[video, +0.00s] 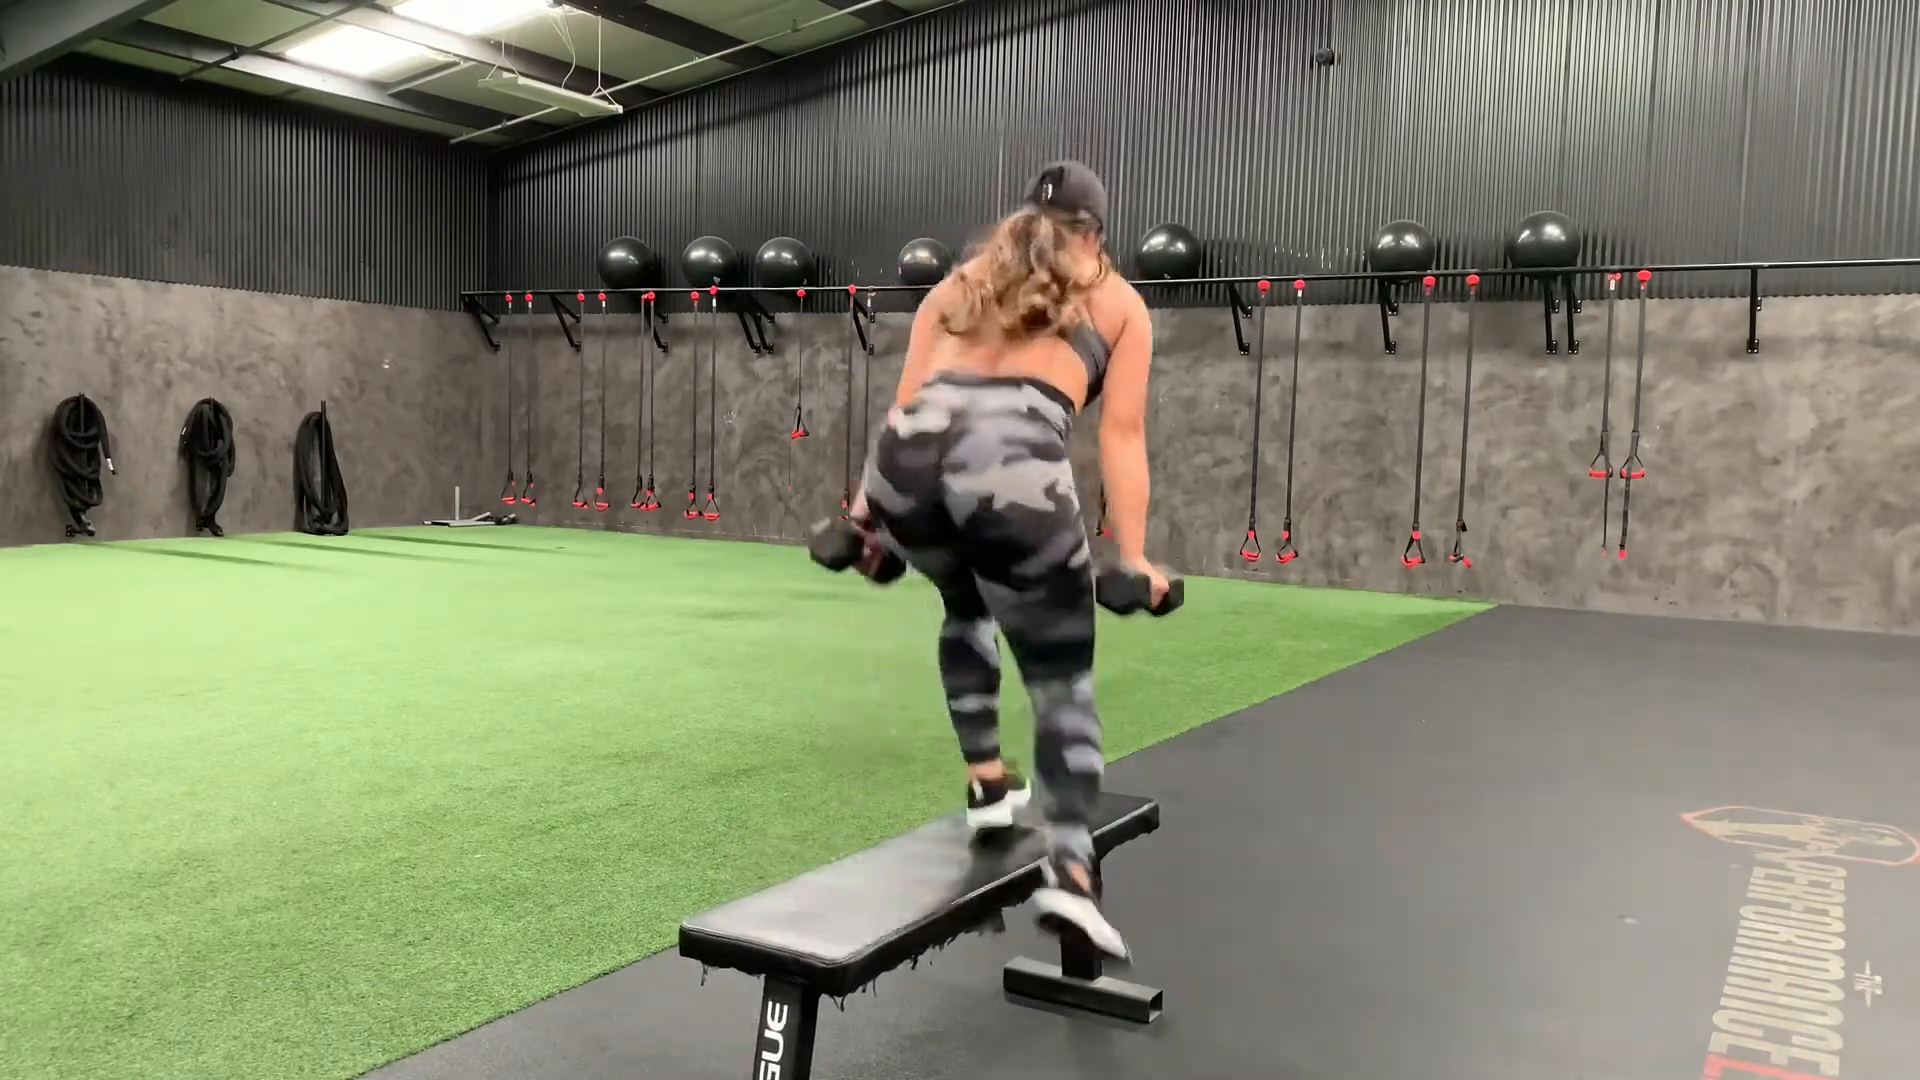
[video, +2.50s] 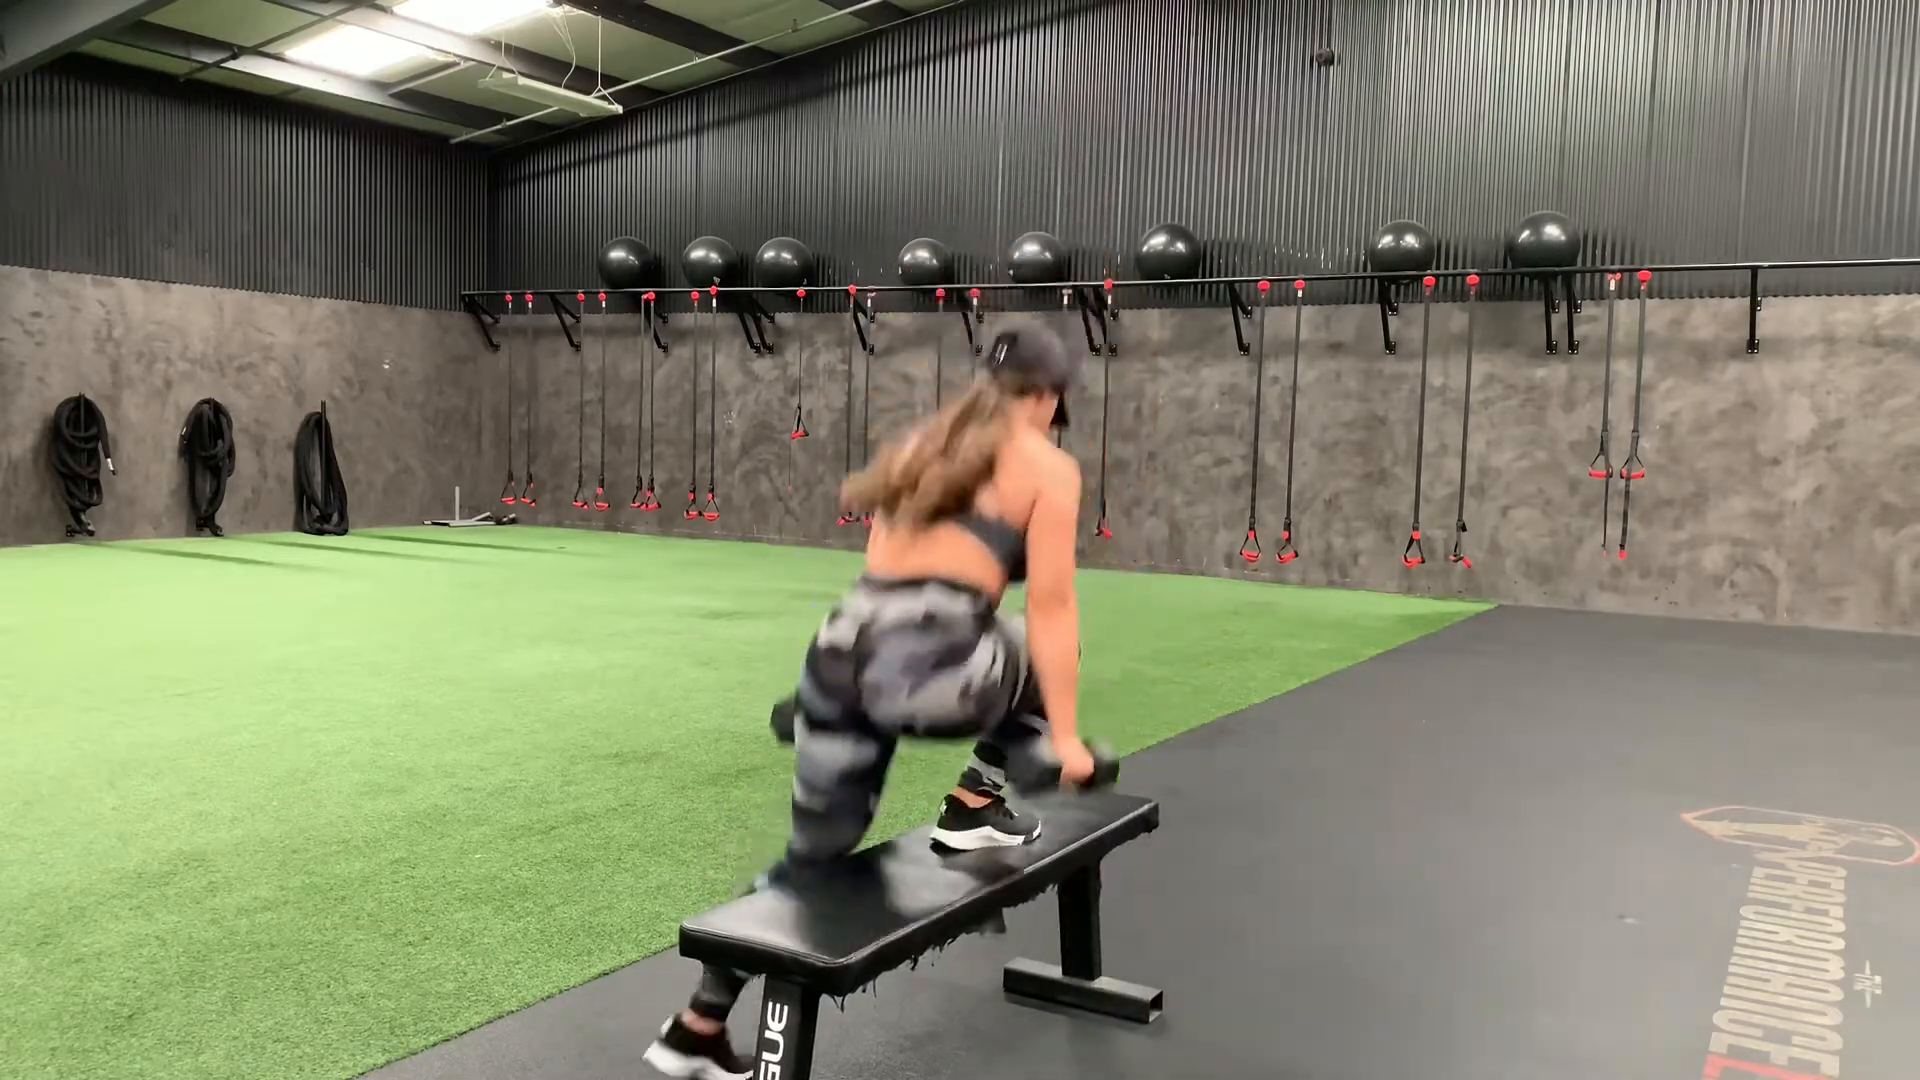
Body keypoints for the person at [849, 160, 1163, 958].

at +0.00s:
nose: (1097, 243)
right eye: (1098, 230)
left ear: (1021, 223)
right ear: (1098, 231)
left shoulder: (953, 288)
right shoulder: (1120, 303)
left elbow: (906, 407)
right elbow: (1121, 433)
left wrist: (866, 509)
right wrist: (1128, 560)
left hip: (909, 470)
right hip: (1016, 470)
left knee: (966, 608)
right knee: (1060, 681)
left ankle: (988, 783)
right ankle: (1070, 870)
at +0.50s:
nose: (1062, 263)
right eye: (1065, 252)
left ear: (993, 243)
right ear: (1062, 250)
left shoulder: (944, 312)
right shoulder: (1085, 320)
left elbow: (905, 435)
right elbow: (1104, 448)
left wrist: (898, 568)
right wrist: (1129, 572)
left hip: (907, 505)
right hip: (1003, 505)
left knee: (971, 618)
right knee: (1062, 711)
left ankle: (987, 788)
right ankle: (1069, 911)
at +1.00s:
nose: (1012, 443)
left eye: (1013, 429)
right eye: (1012, 428)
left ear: (945, 417)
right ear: (995, 424)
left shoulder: (891, 476)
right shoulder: (991, 501)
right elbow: (994, 641)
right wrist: (1011, 771)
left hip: (794, 702)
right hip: (877, 708)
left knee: (786, 890)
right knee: (1028, 633)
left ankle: (649, 1037)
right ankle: (971, 812)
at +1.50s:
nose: (1104, 245)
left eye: (1097, 233)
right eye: (1103, 234)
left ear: (1023, 223)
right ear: (1096, 231)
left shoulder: (962, 279)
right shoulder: (1118, 294)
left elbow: (907, 400)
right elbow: (1132, 425)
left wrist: (868, 508)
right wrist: (1153, 552)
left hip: (902, 468)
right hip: (1009, 471)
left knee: (972, 592)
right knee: (1070, 658)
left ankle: (984, 774)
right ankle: (1066, 836)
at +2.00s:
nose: (1097, 285)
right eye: (1102, 273)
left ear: (1022, 257)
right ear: (1095, 270)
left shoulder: (958, 332)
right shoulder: (1117, 338)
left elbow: (915, 459)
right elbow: (1137, 469)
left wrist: (900, 567)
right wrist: (1158, 587)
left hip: (939, 519)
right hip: (1046, 519)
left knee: (990, 619)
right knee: (1088, 745)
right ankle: (1109, 944)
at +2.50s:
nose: (1059, 412)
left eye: (1058, 400)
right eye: (1060, 400)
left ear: (990, 384)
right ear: (1047, 397)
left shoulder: (920, 443)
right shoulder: (1048, 465)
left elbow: (881, 577)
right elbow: (1053, 607)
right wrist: (1064, 736)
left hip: (842, 665)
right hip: (936, 671)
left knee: (813, 856)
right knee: (1038, 664)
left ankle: (700, 1022)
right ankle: (974, 803)